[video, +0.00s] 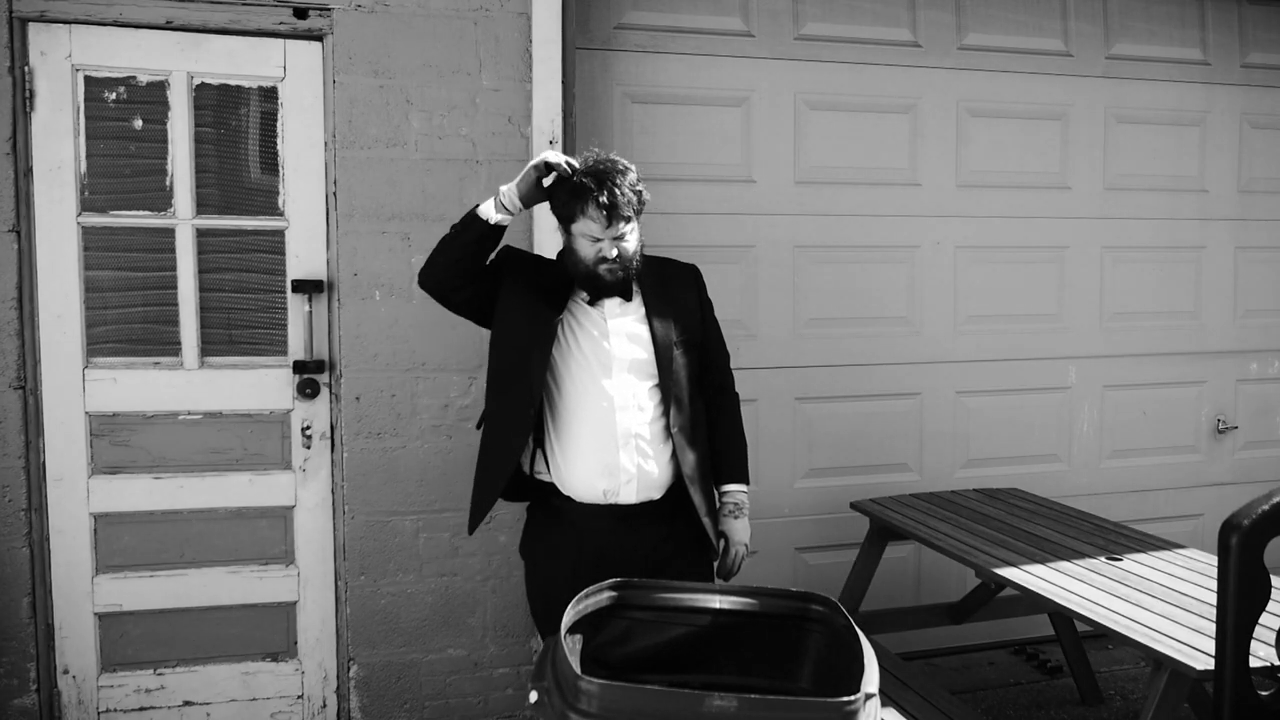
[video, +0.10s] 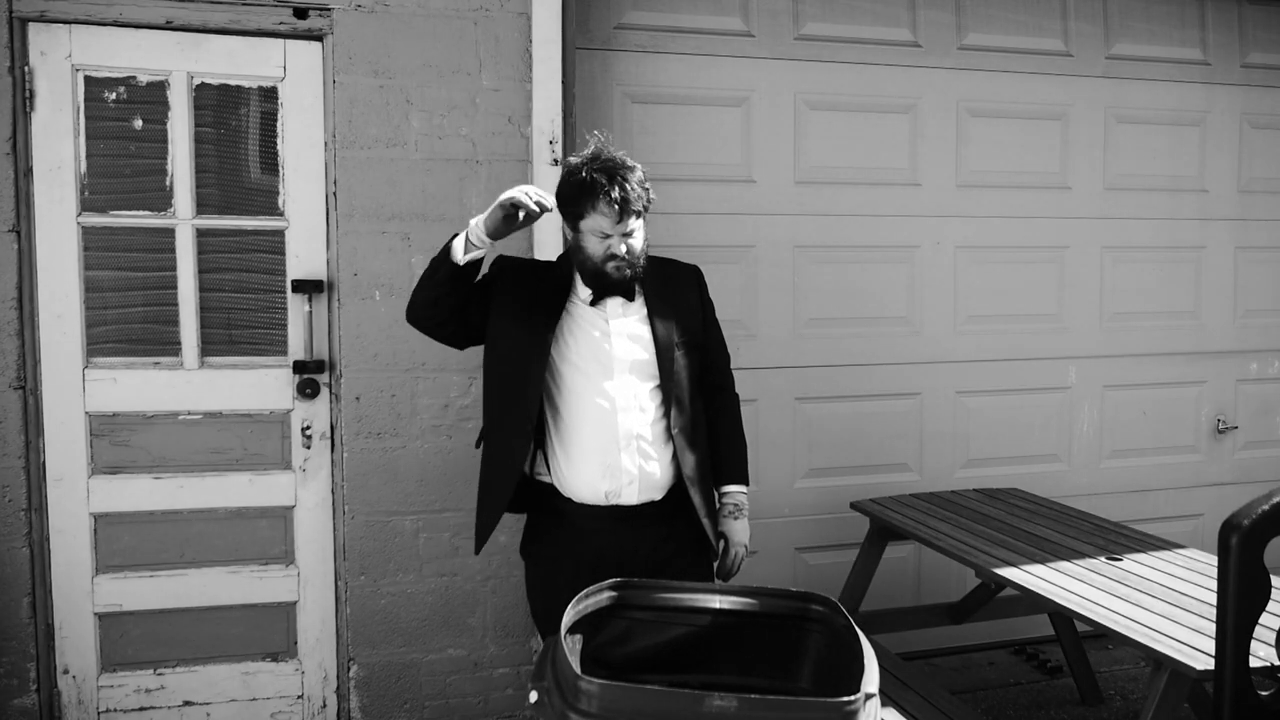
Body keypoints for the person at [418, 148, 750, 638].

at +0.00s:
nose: (611, 252)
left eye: (622, 235)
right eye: (594, 239)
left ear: (639, 223)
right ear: (565, 235)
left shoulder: (680, 287)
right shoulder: (526, 287)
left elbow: (719, 395)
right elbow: (441, 278)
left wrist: (734, 502)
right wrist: (510, 202)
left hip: (671, 528)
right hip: (566, 532)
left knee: (676, 696)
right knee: (576, 694)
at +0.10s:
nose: (621, 250)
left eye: (631, 232)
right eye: (603, 236)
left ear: (645, 224)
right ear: (570, 231)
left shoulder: (681, 287)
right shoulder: (521, 290)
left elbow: (719, 396)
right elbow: (428, 314)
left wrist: (733, 504)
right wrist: (481, 234)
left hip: (670, 528)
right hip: (566, 531)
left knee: (675, 695)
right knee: (577, 693)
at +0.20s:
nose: (637, 246)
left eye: (643, 228)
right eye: (619, 232)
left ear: (652, 221)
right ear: (578, 229)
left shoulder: (682, 288)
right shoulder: (519, 295)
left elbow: (719, 397)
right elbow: (435, 363)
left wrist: (734, 504)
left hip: (670, 527)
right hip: (566, 532)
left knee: (676, 694)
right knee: (577, 693)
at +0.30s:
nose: (646, 243)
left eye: (651, 227)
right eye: (629, 228)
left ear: (657, 222)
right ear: (583, 228)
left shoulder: (681, 288)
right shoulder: (518, 301)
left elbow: (718, 396)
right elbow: (475, 375)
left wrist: (733, 503)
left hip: (669, 530)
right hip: (566, 535)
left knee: (674, 695)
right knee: (575, 693)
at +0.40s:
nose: (650, 243)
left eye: (653, 227)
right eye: (634, 229)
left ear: (659, 221)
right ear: (585, 229)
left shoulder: (679, 287)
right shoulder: (515, 303)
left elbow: (715, 394)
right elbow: (485, 409)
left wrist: (733, 500)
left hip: (671, 532)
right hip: (567, 539)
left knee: (678, 699)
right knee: (580, 707)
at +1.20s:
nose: (636, 235)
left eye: (644, 220)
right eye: (618, 220)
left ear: (654, 217)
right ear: (580, 219)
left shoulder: (675, 285)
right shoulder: (517, 303)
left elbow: (710, 388)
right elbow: (494, 417)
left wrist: (730, 491)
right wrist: (524, 525)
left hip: (676, 530)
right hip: (581, 538)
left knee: (684, 698)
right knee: (588, 706)